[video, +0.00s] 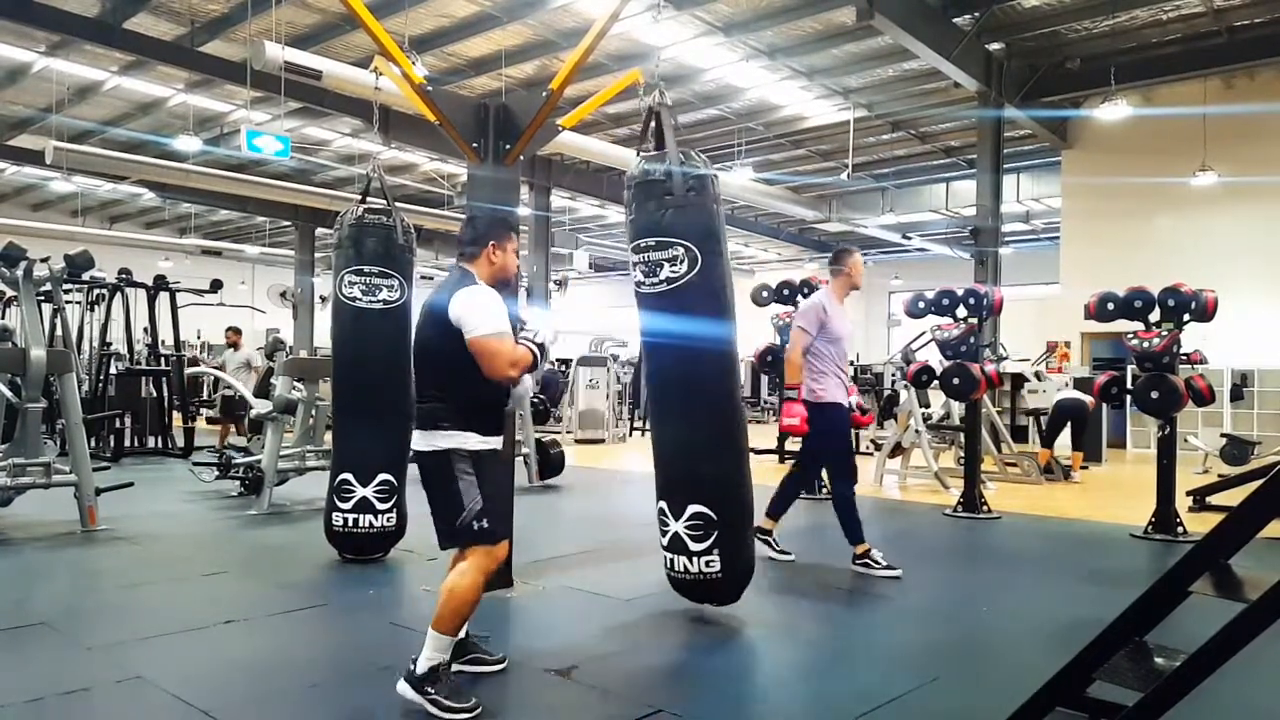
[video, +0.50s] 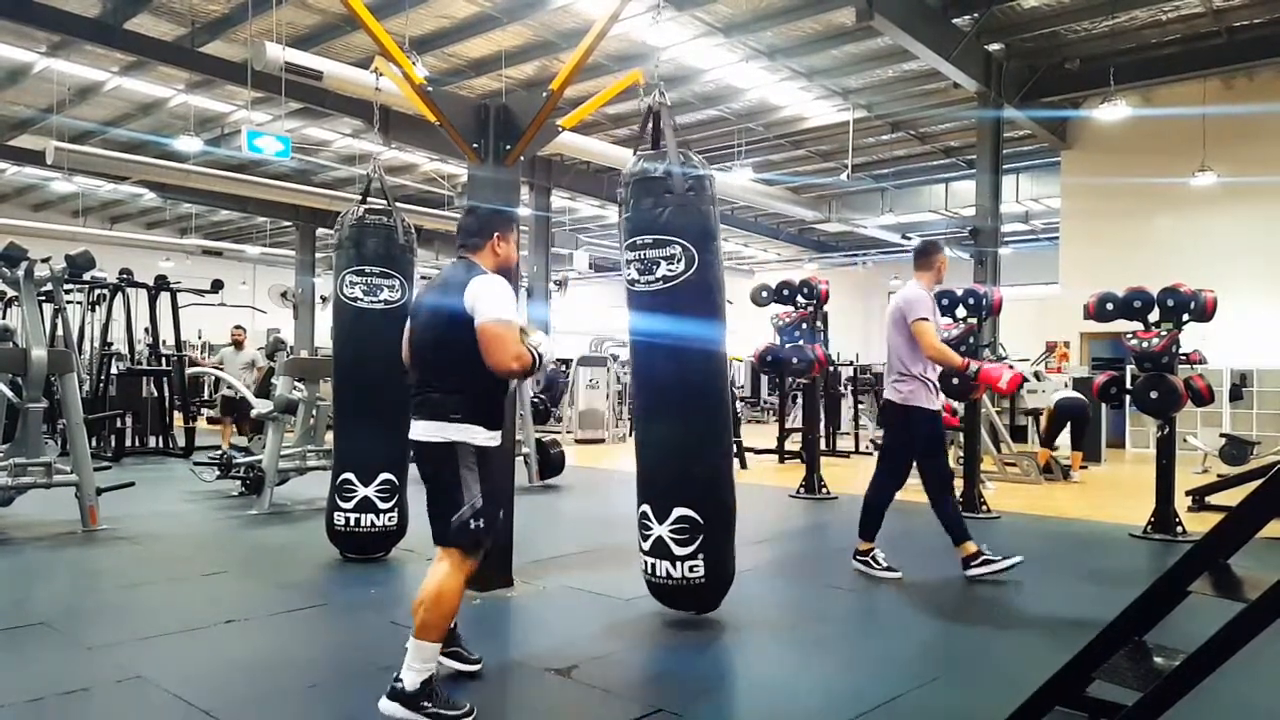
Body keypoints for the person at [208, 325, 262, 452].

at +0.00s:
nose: (226, 341)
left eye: (229, 338)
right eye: (226, 338)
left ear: (238, 337)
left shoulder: (250, 354)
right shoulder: (227, 353)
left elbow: (260, 373)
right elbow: (218, 363)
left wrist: (255, 391)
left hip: (241, 393)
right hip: (226, 392)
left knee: (239, 423)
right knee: (225, 422)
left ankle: (245, 445)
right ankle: (220, 445)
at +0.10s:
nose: (230, 340)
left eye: (232, 336)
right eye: (229, 337)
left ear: (242, 337)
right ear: (230, 337)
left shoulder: (252, 354)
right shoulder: (228, 352)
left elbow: (261, 375)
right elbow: (214, 363)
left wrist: (257, 392)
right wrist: (200, 357)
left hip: (242, 394)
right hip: (227, 393)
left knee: (240, 423)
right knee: (223, 421)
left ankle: (244, 447)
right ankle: (218, 446)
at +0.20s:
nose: (233, 339)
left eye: (236, 336)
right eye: (232, 336)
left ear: (245, 336)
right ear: (231, 337)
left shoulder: (253, 354)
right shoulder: (228, 352)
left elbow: (262, 374)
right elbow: (213, 362)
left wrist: (256, 392)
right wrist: (199, 357)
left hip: (243, 394)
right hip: (227, 393)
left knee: (241, 423)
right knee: (221, 421)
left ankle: (245, 448)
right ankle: (218, 447)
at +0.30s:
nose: (235, 338)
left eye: (238, 336)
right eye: (233, 336)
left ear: (246, 337)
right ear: (232, 337)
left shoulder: (253, 354)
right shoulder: (227, 352)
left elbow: (262, 374)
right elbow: (213, 361)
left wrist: (256, 391)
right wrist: (198, 357)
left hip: (244, 394)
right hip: (227, 392)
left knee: (242, 423)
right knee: (221, 420)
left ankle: (246, 446)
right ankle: (219, 446)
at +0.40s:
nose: (236, 338)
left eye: (239, 335)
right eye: (234, 335)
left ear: (246, 337)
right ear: (231, 337)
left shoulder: (254, 354)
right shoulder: (226, 352)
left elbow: (262, 373)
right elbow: (211, 363)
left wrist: (256, 390)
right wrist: (196, 358)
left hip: (244, 395)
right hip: (227, 393)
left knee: (243, 424)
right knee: (224, 421)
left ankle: (248, 447)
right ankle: (222, 447)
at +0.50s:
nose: (236, 338)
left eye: (239, 335)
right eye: (233, 335)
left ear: (245, 337)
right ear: (230, 337)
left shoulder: (253, 354)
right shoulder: (225, 352)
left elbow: (262, 371)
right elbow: (211, 363)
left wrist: (256, 388)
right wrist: (196, 360)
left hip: (244, 395)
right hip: (227, 393)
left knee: (243, 425)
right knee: (226, 422)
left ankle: (249, 447)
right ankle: (225, 448)